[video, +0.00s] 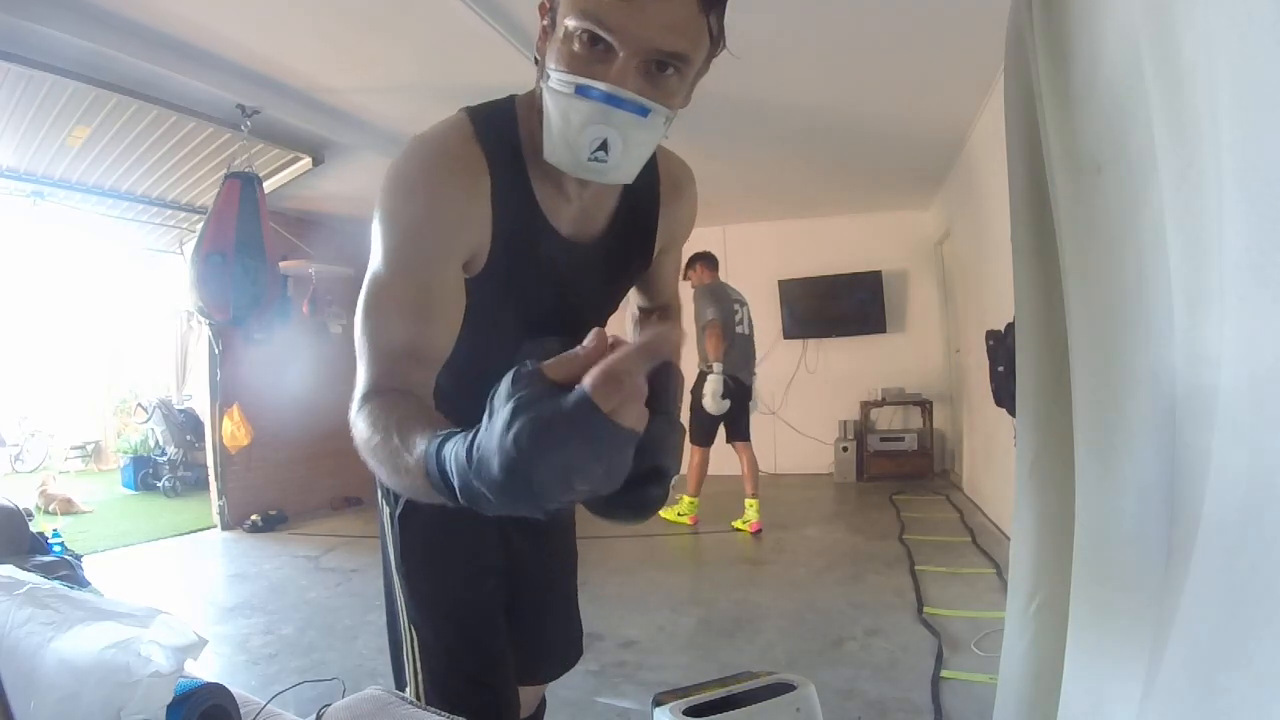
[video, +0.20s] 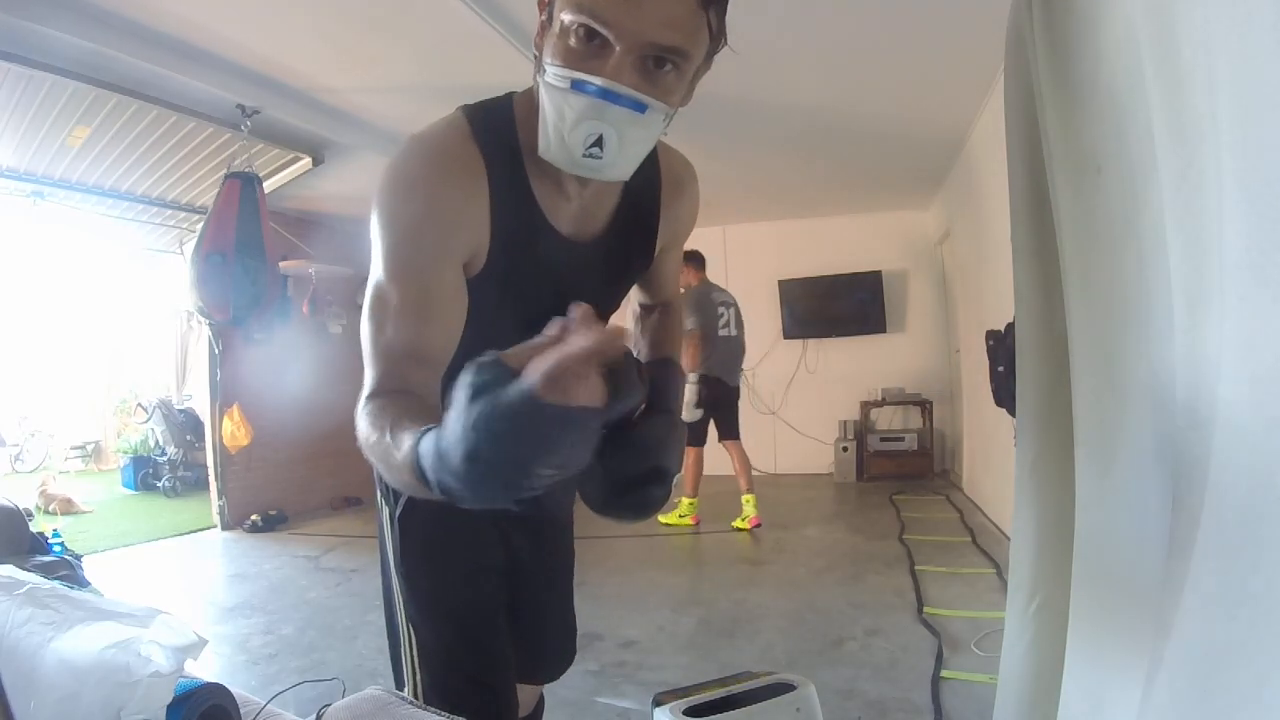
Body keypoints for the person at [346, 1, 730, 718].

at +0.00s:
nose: (616, 91)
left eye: (663, 66)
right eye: (592, 43)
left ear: (702, 72)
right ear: (544, 25)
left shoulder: (667, 190)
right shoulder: (443, 171)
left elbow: (659, 331)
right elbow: (384, 399)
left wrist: (647, 444)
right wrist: (468, 467)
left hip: (556, 463)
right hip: (435, 472)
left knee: (531, 683)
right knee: (480, 703)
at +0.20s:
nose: (613, 86)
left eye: (660, 63)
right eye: (589, 36)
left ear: (698, 76)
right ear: (544, 23)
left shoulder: (668, 187)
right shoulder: (440, 172)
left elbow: (660, 307)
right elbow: (389, 402)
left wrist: (657, 425)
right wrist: (447, 462)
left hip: (555, 456)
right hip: (433, 464)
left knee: (530, 682)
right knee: (474, 704)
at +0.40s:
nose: (641, 90)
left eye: (682, 64)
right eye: (612, 39)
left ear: (712, 70)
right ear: (547, 24)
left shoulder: (669, 187)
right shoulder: (440, 171)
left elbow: (661, 303)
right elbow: (378, 399)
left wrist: (659, 416)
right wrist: (438, 464)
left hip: (550, 454)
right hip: (434, 464)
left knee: (527, 684)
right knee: (469, 704)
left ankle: (518, 707)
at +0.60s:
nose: (702, 110)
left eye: (729, 80)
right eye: (677, 68)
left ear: (746, 67)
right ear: (574, 37)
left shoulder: (665, 188)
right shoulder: (443, 164)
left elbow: (655, 302)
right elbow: (380, 442)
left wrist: (657, 408)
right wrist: (431, 400)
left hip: (539, 451)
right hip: (435, 461)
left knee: (524, 679)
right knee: (466, 698)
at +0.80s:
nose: (703, 120)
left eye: (728, 89)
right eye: (681, 79)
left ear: (747, 71)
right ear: (577, 38)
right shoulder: (449, 160)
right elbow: (384, 444)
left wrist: (625, 456)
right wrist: (551, 368)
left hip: (533, 473)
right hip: (431, 483)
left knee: (519, 686)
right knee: (464, 704)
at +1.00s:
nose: (672, 114)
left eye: (703, 86)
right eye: (646, 71)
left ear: (728, 65)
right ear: (557, 31)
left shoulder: (654, 181)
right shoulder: (450, 147)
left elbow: (644, 298)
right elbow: (424, 382)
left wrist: (650, 389)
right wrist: (670, 467)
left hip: (535, 428)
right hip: (429, 444)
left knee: (520, 670)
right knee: (458, 693)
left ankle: (517, 705)